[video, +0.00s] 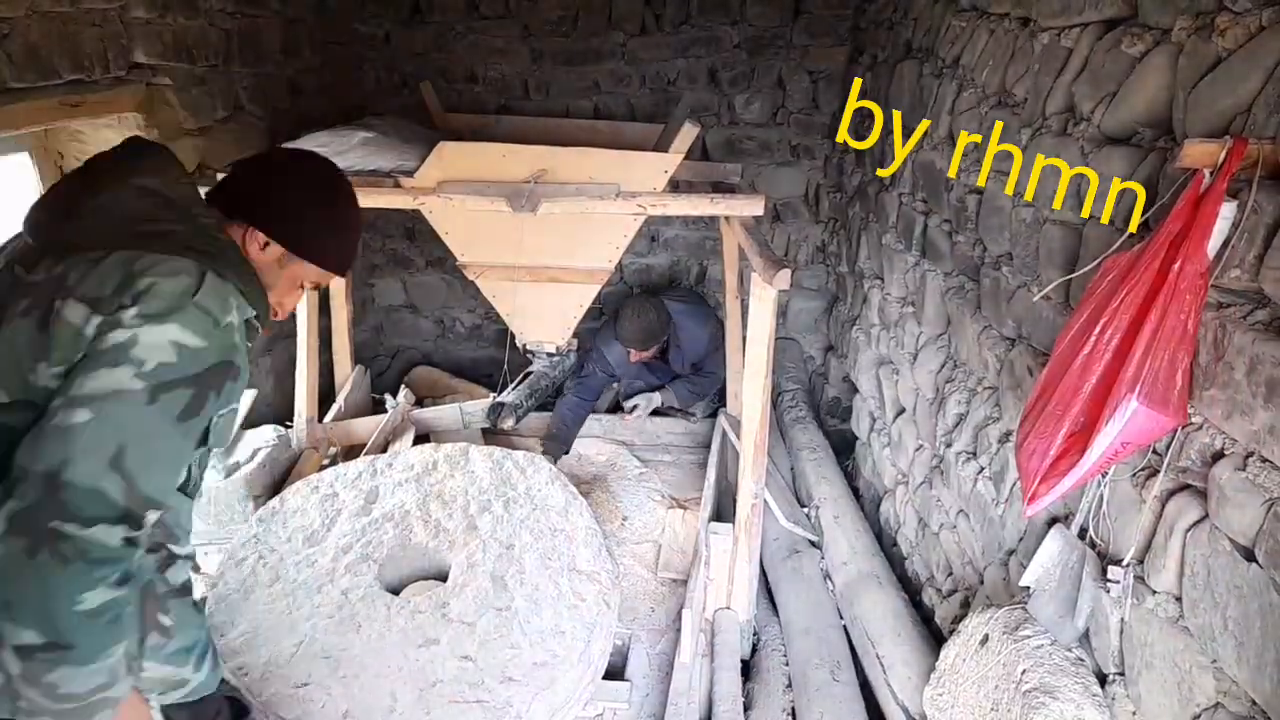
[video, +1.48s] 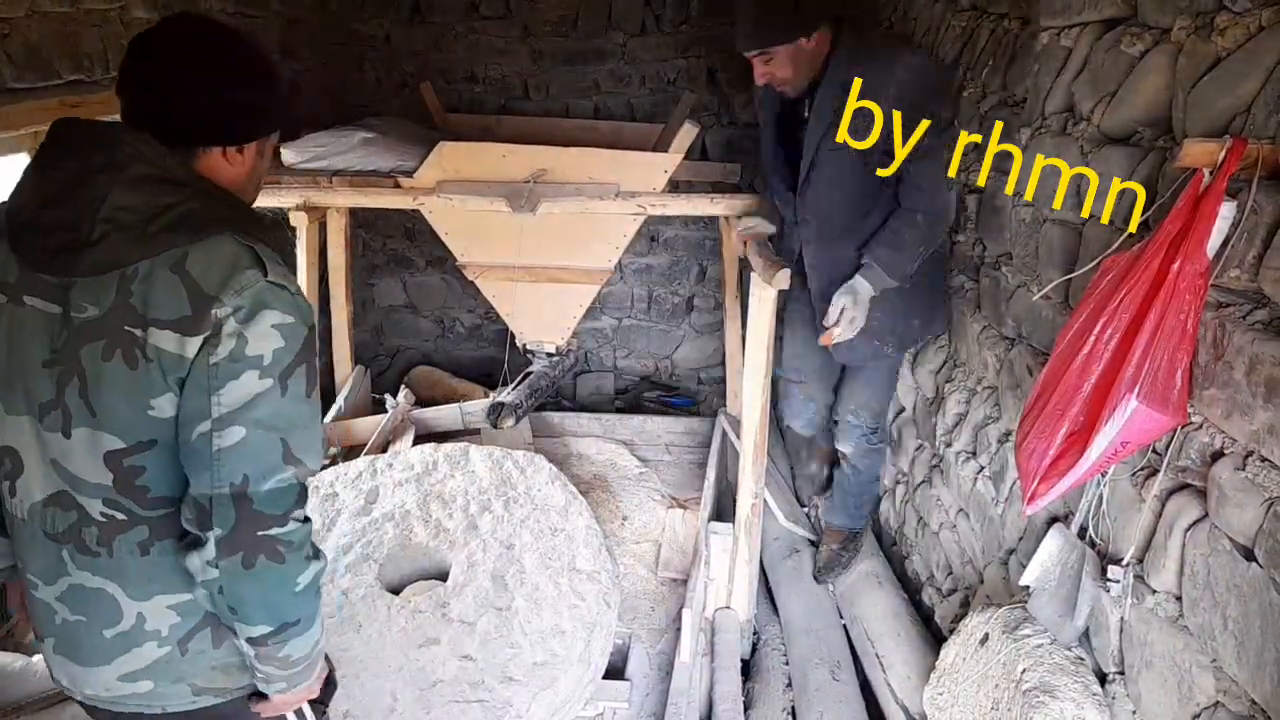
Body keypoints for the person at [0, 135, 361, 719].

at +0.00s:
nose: (289, 309)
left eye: (307, 291)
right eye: (299, 284)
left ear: (254, 237)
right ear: (257, 241)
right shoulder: (193, 303)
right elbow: (67, 521)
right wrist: (96, 698)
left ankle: (199, 697)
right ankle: (203, 701)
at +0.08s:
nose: (224, 224)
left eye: (225, 213)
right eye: (225, 209)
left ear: (109, 153)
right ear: (203, 197)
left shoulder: (25, 227)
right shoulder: (199, 266)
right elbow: (207, 482)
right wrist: (234, 659)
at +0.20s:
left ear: (57, 117)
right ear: (197, 121)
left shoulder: (6, 256)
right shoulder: (269, 267)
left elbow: (12, 470)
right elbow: (335, 473)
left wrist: (9, 598)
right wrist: (336, 587)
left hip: (68, 654)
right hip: (240, 659)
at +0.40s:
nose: (246, 117)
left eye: (231, 91)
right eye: (220, 99)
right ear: (161, 139)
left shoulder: (20, 236)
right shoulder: (213, 270)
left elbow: (38, 441)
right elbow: (283, 476)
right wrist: (342, 598)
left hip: (107, 605)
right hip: (230, 625)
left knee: (156, 706)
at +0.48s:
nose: (245, 132)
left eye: (232, 101)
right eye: (213, 104)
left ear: (131, 140)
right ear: (132, 137)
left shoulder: (39, 222)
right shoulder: (164, 263)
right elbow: (226, 491)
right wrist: (318, 620)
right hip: (211, 641)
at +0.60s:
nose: (298, 201)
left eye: (300, 174)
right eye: (290, 172)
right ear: (225, 162)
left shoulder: (28, 248)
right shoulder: (217, 278)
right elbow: (253, 479)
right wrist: (292, 609)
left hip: (25, 641)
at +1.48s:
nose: (272, 163)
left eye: (275, 143)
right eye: (269, 143)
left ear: (138, 119)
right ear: (230, 147)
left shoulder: (24, 228)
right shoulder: (239, 280)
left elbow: (10, 432)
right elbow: (250, 512)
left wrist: (16, 576)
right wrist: (289, 664)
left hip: (64, 627)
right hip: (187, 652)